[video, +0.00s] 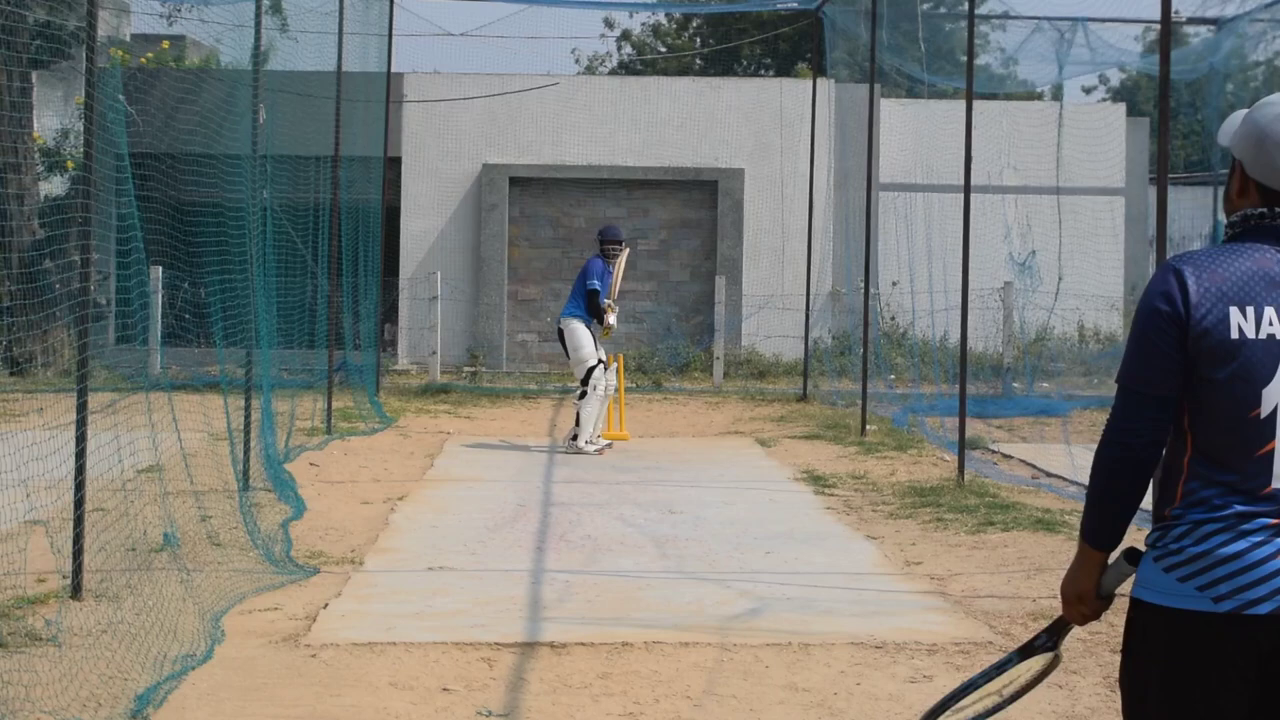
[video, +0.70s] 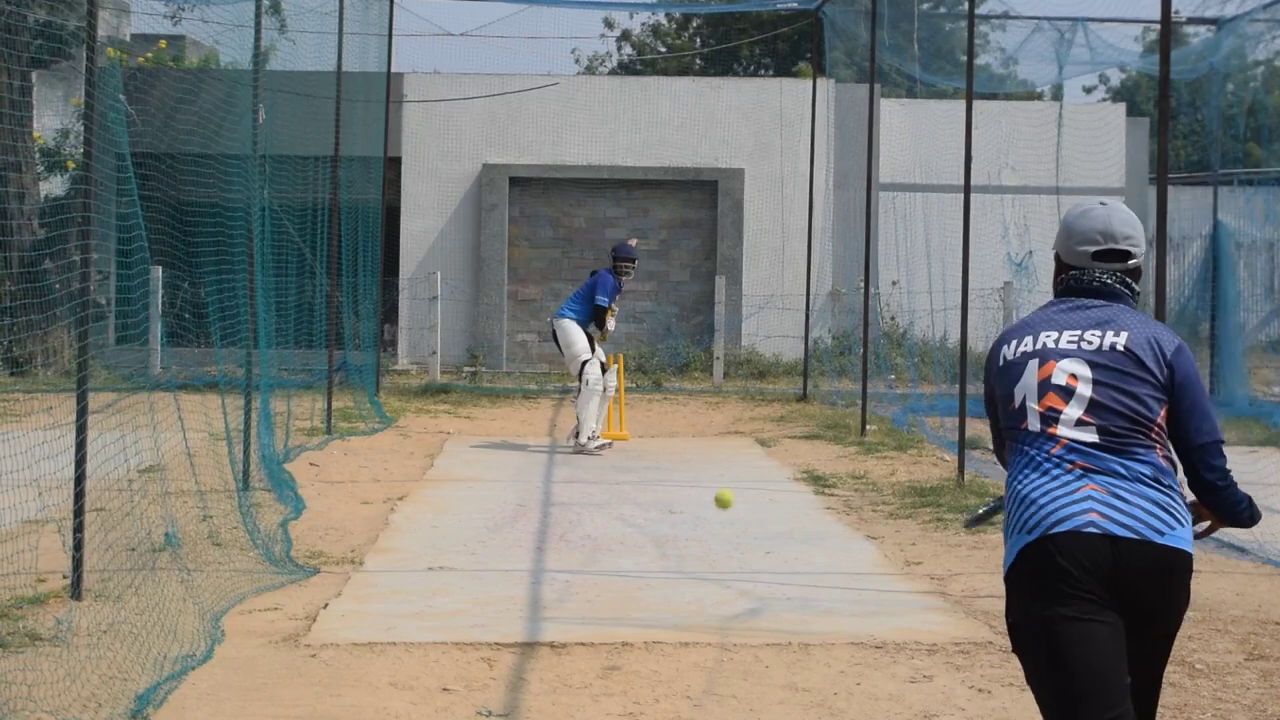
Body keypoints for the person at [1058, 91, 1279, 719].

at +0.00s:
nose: (1227, 183)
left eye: (1231, 169)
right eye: (1233, 168)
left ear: (1242, 181)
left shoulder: (1191, 281)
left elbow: (1134, 436)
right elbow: (1135, 435)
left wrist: (1089, 557)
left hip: (1206, 592)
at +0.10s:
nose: (1200, 170)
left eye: (1204, 159)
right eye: (1206, 157)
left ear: (1214, 175)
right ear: (1279, 187)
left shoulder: (1167, 277)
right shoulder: (1272, 272)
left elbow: (1106, 414)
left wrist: (1050, 517)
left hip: (1173, 574)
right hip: (1273, 569)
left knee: (1148, 705)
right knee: (1244, 707)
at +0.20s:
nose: (1179, 156)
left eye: (1186, 150)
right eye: (1187, 146)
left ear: (1195, 173)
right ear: (1269, 180)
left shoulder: (1153, 280)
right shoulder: (1275, 271)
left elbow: (1081, 410)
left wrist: (1013, 481)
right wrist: (1195, 169)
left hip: (1160, 577)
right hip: (1265, 576)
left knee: (1142, 707)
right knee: (1209, 706)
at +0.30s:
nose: (1152, 180)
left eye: (1157, 170)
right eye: (1159, 167)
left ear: (1166, 191)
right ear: (1245, 201)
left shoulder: (1123, 292)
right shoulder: (1265, 291)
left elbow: (1014, 398)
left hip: (1134, 577)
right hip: (1238, 574)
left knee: (1121, 709)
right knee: (1175, 708)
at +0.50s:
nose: (1098, 222)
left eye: (1103, 214)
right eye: (1104, 210)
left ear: (1108, 234)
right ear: (1185, 245)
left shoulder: (1048, 317)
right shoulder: (1213, 338)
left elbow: (957, 383)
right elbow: (1246, 464)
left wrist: (939, 277)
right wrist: (1204, 429)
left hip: (1088, 581)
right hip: (1193, 586)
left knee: (1096, 708)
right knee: (1129, 709)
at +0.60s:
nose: (1078, 245)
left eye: (1082, 237)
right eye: (1084, 235)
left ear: (1088, 251)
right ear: (1162, 262)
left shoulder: (1023, 334)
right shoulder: (1192, 350)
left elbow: (987, 423)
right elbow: (1211, 475)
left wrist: (956, 381)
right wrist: (1222, 513)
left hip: (1078, 566)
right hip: (1180, 572)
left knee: (1096, 707)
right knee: (1134, 708)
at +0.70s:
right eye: (1136, 265)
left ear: (1059, 268)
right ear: (1135, 272)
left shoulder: (1009, 342)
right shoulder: (1162, 341)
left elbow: (1009, 453)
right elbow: (1205, 462)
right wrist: (1231, 509)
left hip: (1052, 543)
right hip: (1156, 543)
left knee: (1086, 707)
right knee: (1136, 704)